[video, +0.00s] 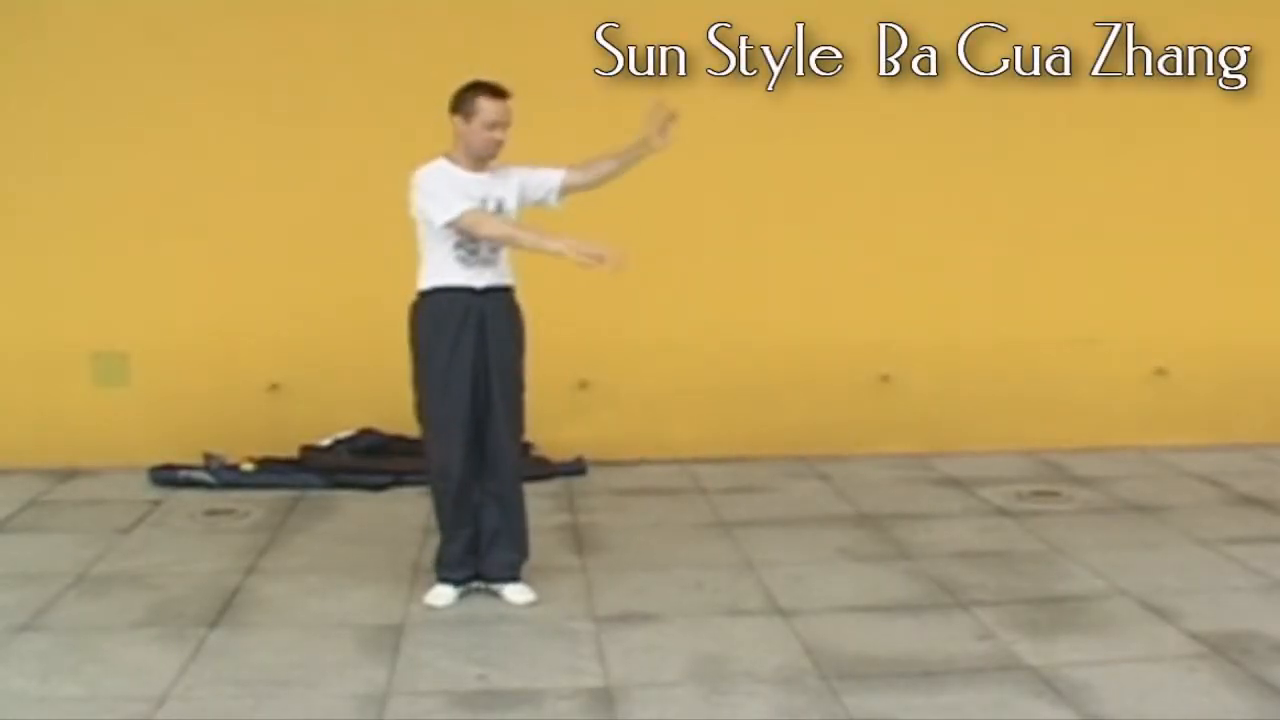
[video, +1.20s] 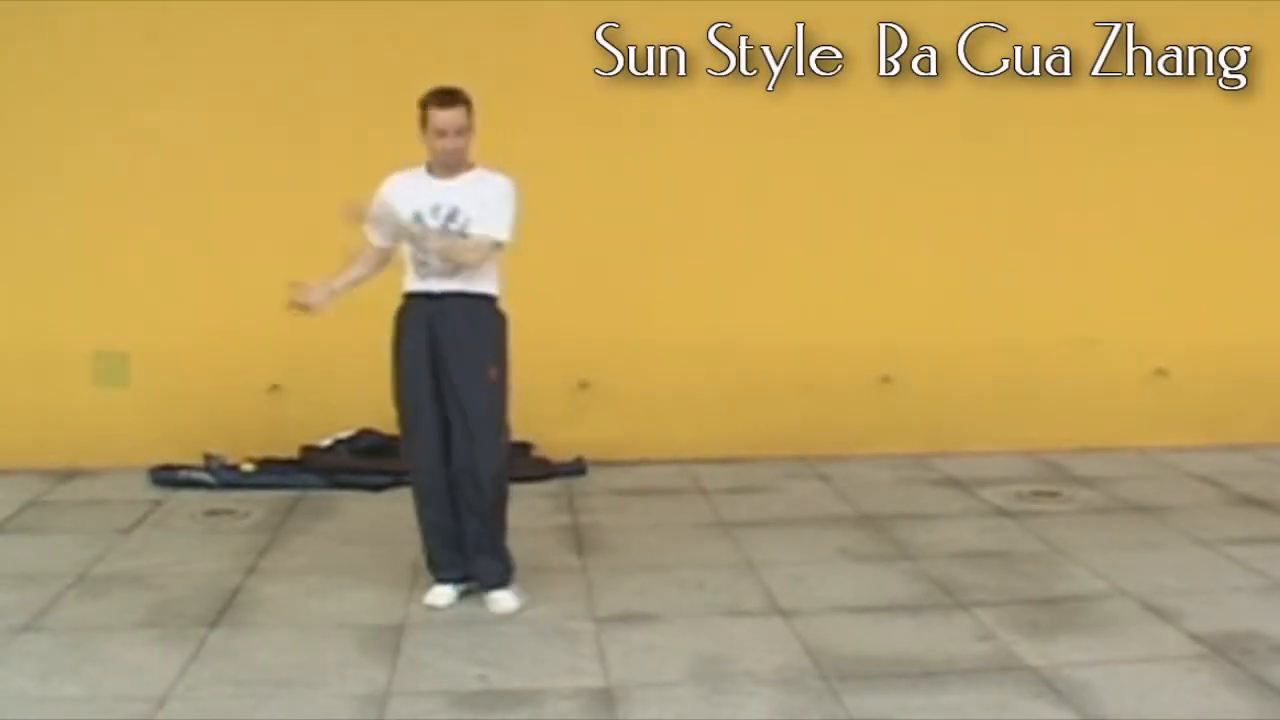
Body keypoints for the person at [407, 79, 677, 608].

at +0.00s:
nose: (499, 138)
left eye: (504, 128)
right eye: (490, 127)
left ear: (505, 130)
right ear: (459, 124)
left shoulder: (508, 181)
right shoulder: (432, 179)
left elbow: (577, 178)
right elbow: (479, 228)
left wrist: (644, 146)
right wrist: (565, 246)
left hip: (499, 316)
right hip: (444, 317)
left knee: (501, 443)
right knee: (449, 445)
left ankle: (503, 568)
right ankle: (454, 570)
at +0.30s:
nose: (484, 141)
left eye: (492, 131)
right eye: (474, 130)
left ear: (499, 132)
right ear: (450, 128)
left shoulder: (512, 184)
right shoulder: (425, 182)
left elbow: (579, 214)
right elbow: (446, 251)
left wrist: (652, 235)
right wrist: (496, 307)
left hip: (499, 310)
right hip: (441, 313)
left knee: (500, 445)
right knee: (447, 445)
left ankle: (501, 569)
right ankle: (452, 570)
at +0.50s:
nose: (475, 142)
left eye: (483, 132)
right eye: (465, 132)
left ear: (493, 131)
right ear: (445, 131)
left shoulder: (513, 186)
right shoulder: (420, 183)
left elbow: (564, 244)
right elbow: (416, 261)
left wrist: (615, 299)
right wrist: (439, 331)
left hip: (495, 314)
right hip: (437, 314)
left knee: (498, 445)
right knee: (445, 448)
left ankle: (501, 568)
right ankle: (452, 570)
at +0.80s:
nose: (455, 141)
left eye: (464, 131)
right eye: (446, 132)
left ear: (483, 130)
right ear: (435, 133)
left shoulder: (509, 186)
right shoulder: (412, 184)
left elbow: (540, 266)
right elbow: (379, 251)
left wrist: (535, 343)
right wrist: (380, 332)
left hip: (489, 311)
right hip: (433, 314)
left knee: (493, 447)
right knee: (439, 448)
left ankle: (500, 568)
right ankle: (451, 570)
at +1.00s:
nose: (442, 140)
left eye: (451, 130)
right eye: (434, 131)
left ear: (473, 130)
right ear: (425, 132)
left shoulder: (501, 188)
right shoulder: (408, 185)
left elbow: (514, 270)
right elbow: (373, 245)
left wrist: (476, 337)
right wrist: (357, 313)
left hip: (484, 310)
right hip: (426, 310)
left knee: (486, 446)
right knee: (432, 448)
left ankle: (499, 567)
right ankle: (450, 570)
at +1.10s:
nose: (444, 140)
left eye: (453, 130)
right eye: (435, 131)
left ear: (472, 129)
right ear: (422, 132)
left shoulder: (496, 188)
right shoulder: (403, 187)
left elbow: (494, 268)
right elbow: (377, 248)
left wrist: (428, 309)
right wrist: (350, 300)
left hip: (478, 316)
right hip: (420, 317)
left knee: (485, 447)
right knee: (430, 449)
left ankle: (496, 568)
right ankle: (449, 571)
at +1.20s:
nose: (450, 142)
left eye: (459, 132)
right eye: (440, 133)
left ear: (472, 133)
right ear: (423, 135)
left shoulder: (494, 188)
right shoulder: (398, 189)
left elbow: (471, 255)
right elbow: (374, 255)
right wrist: (326, 290)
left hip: (474, 321)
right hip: (419, 322)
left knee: (480, 450)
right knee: (426, 451)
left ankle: (493, 574)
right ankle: (449, 573)